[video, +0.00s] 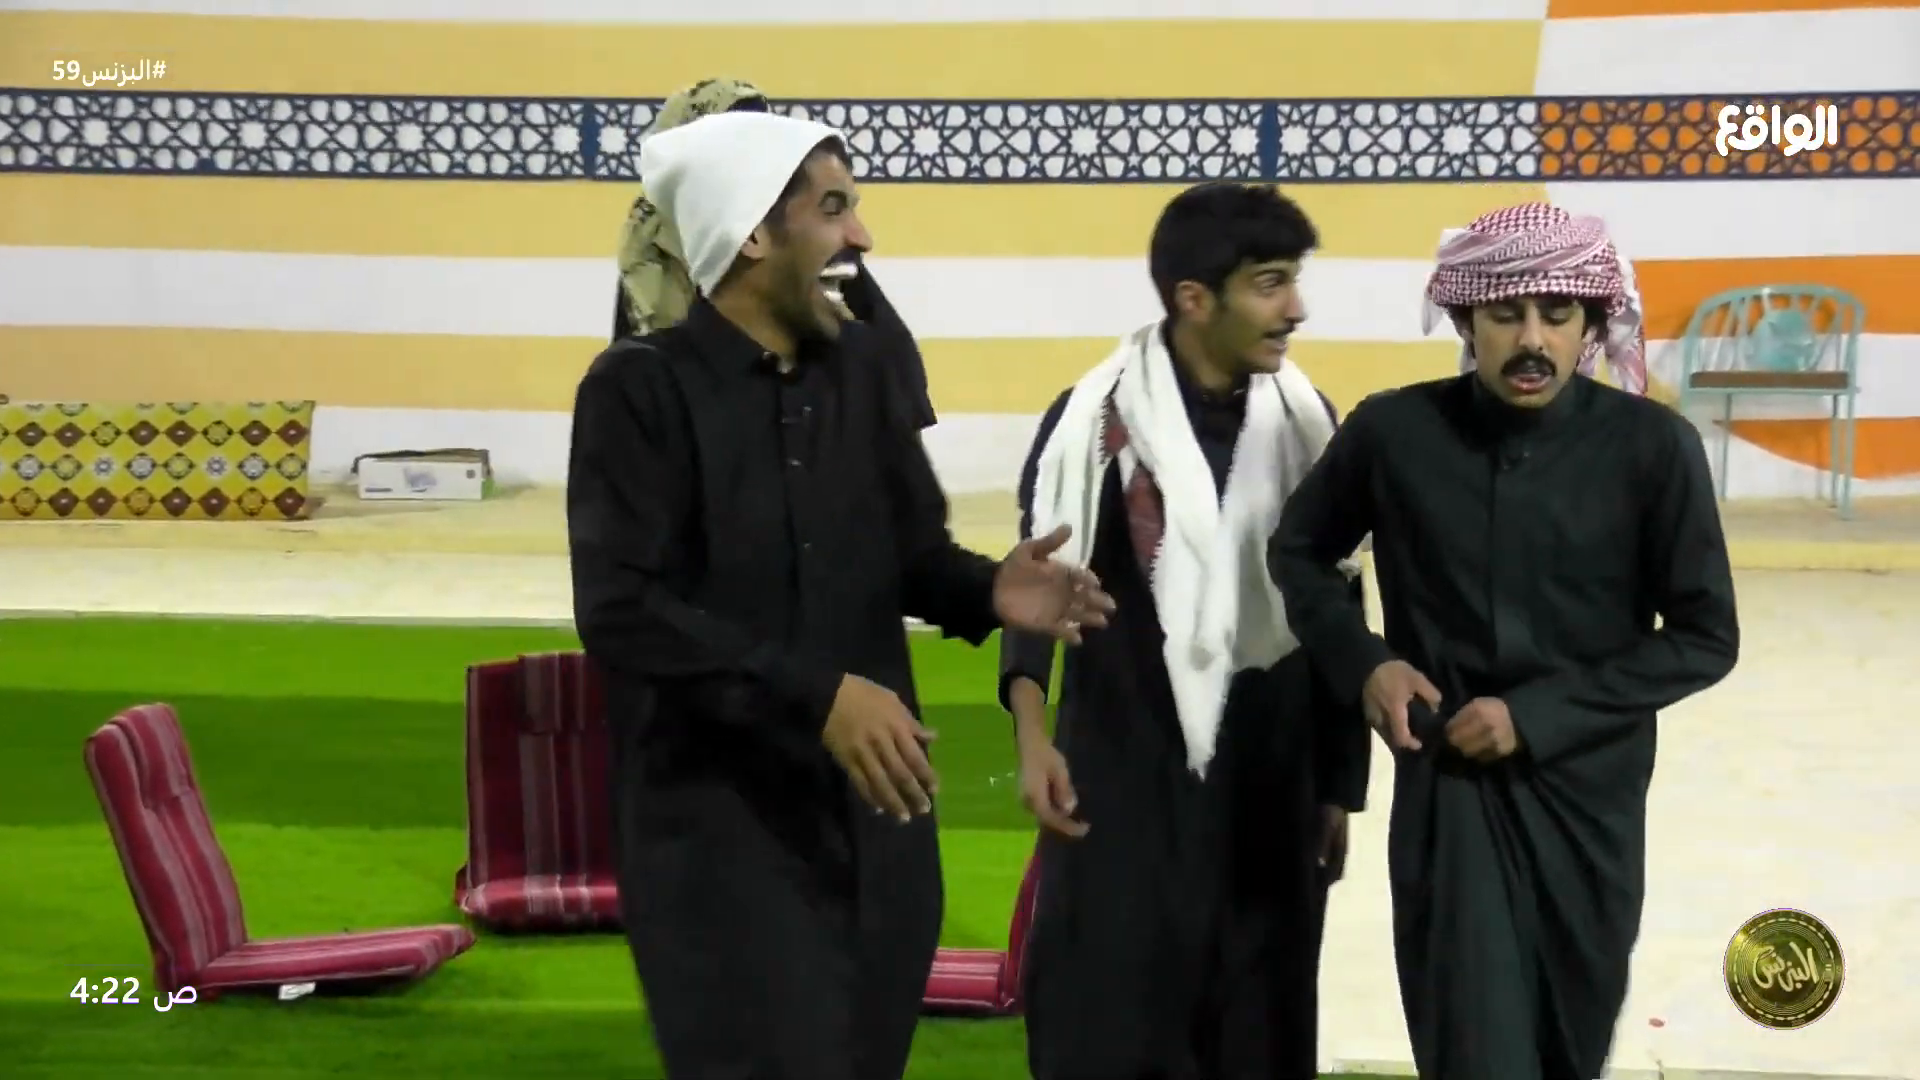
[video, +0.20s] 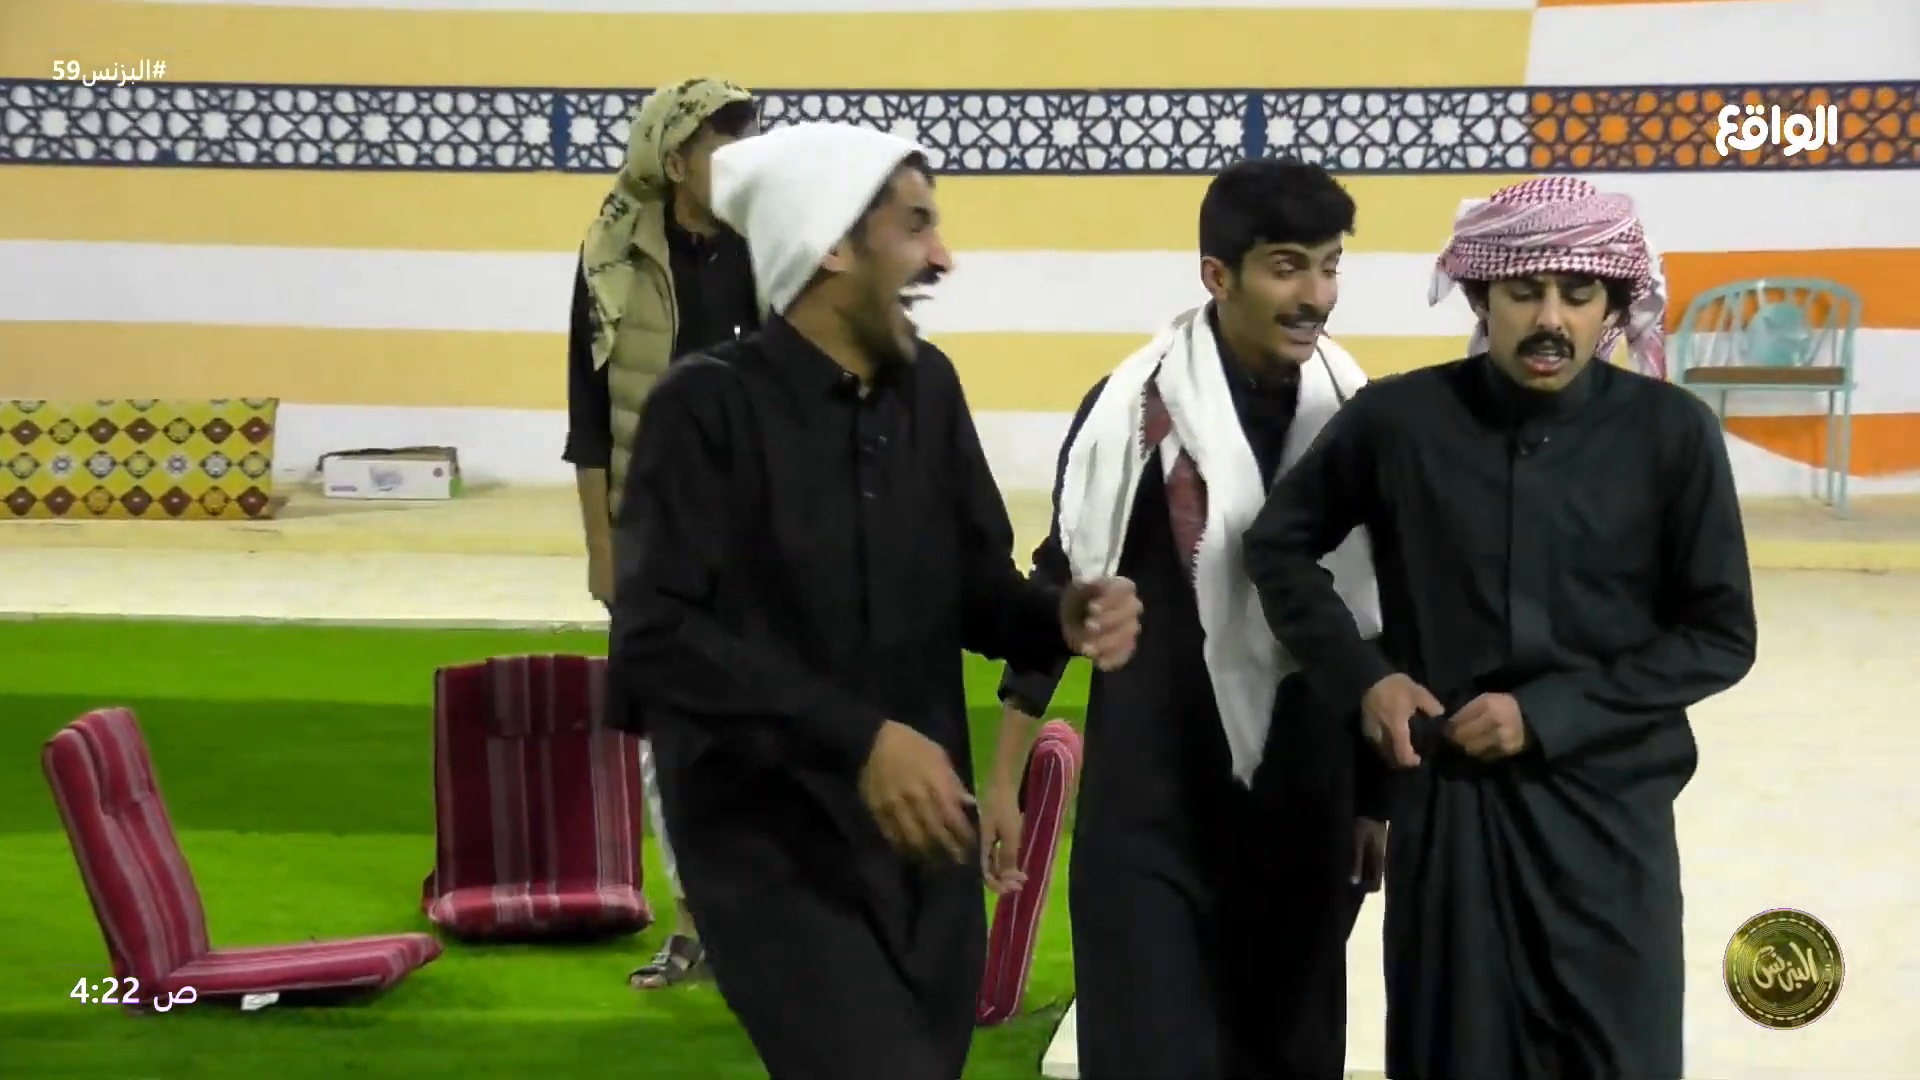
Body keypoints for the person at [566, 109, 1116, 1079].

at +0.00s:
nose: (859, 234)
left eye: (851, 204)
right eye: (830, 207)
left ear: (765, 238)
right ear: (751, 236)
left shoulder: (862, 362)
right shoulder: (636, 389)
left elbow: (911, 554)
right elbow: (619, 616)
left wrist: (991, 588)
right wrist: (821, 694)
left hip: (871, 825)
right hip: (714, 837)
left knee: (863, 1055)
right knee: (756, 1057)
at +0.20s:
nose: (943, 256)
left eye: (935, 224)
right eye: (914, 224)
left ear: (854, 249)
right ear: (832, 248)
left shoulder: (927, 387)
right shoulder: (705, 404)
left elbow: (974, 593)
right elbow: (655, 648)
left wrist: (1059, 616)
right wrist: (865, 738)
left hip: (925, 832)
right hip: (764, 844)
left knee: (926, 1057)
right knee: (872, 1056)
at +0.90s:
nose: (1127, 286)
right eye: (1126, 264)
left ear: (981, 269)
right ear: (1099, 273)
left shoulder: (908, 394)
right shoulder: (1108, 404)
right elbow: (1217, 610)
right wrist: (1268, 461)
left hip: (925, 823)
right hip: (1069, 829)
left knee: (933, 1045)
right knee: (1060, 1047)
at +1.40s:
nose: (981, 256)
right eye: (973, 242)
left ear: (854, 281)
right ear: (967, 263)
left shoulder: (809, 423)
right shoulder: (1048, 380)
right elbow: (1219, 521)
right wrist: (1258, 477)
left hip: (911, 823)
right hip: (1076, 799)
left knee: (952, 1043)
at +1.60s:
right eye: (969, 223)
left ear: (853, 269)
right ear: (969, 248)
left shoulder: (815, 407)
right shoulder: (1063, 370)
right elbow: (1246, 467)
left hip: (909, 836)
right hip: (1080, 816)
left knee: (938, 1045)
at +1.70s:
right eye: (984, 226)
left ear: (874, 268)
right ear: (989, 252)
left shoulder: (826, 403)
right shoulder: (1072, 377)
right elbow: (1199, 498)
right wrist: (1147, 369)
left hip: (901, 822)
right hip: (1065, 811)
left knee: (924, 1049)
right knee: (1116, 1047)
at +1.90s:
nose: (841, 353)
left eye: (845, 339)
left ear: (860, 361)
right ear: (969, 343)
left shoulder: (844, 481)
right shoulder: (1066, 450)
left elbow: (860, 628)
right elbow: (1100, 600)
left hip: (939, 849)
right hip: (1098, 841)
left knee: (901, 1054)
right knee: (1093, 1052)